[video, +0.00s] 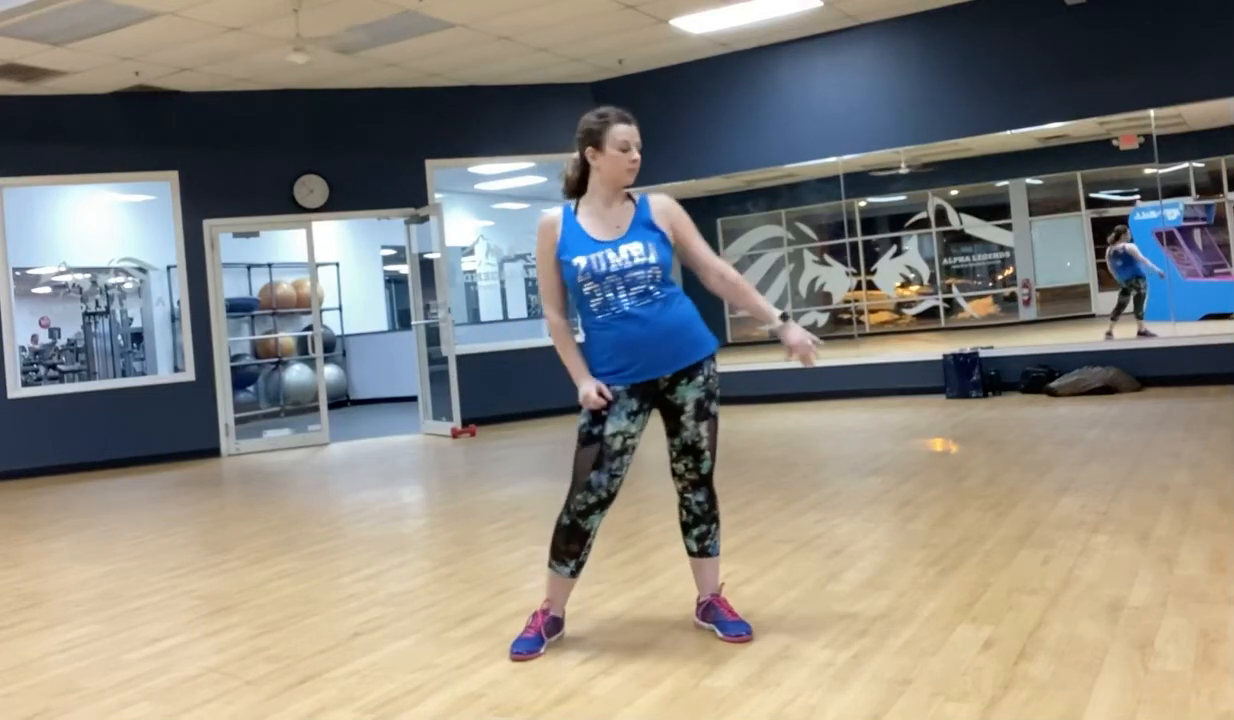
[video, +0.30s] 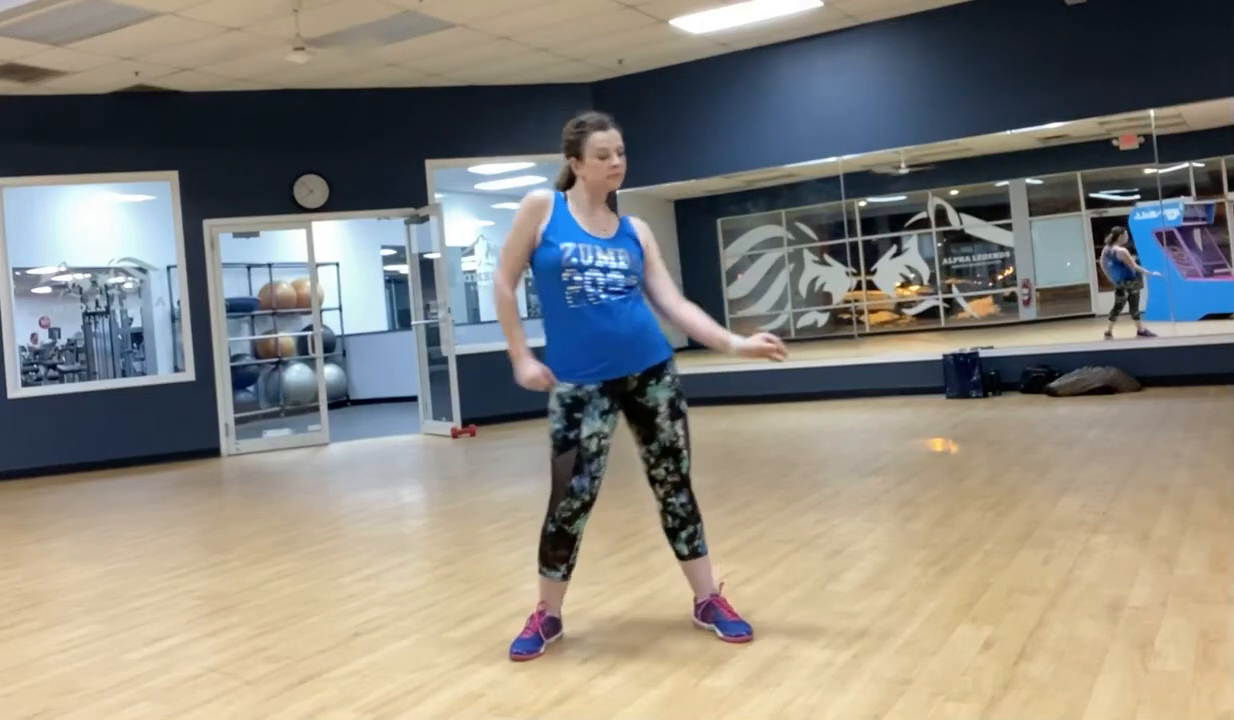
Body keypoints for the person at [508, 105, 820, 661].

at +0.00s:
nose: (636, 158)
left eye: (638, 149)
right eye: (624, 149)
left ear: (638, 154)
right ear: (591, 155)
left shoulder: (660, 209)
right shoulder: (557, 226)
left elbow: (722, 275)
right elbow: (554, 314)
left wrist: (781, 324)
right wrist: (582, 378)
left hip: (688, 364)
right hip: (615, 378)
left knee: (696, 482)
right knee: (588, 495)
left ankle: (710, 600)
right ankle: (550, 612)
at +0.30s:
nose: (616, 163)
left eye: (620, 153)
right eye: (603, 156)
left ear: (624, 157)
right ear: (574, 163)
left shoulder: (634, 230)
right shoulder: (542, 208)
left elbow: (674, 305)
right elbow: (505, 284)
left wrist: (735, 343)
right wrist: (522, 357)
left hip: (651, 371)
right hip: (579, 381)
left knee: (675, 485)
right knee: (570, 499)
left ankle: (709, 601)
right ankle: (547, 615)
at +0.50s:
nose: (594, 157)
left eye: (595, 147)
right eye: (580, 155)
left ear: (604, 150)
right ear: (559, 169)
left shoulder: (628, 229)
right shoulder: (539, 202)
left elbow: (643, 307)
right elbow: (486, 270)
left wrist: (683, 344)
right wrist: (464, 342)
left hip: (626, 371)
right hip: (555, 377)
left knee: (664, 482)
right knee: (554, 496)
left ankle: (705, 601)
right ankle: (546, 614)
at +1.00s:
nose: (591, 155)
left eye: (589, 143)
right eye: (576, 156)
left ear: (601, 143)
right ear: (562, 176)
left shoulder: (652, 203)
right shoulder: (552, 224)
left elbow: (707, 263)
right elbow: (536, 304)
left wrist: (696, 328)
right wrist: (510, 372)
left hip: (649, 371)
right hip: (572, 376)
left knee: (682, 484)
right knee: (559, 490)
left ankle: (712, 599)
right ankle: (545, 613)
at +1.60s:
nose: (578, 142)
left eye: (583, 133)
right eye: (565, 139)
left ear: (599, 143)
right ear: (550, 156)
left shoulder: (635, 215)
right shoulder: (528, 220)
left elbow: (659, 296)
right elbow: (476, 293)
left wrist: (698, 329)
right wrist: (439, 350)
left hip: (637, 371)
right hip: (560, 379)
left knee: (667, 484)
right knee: (552, 497)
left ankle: (710, 600)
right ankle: (545, 615)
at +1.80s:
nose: (560, 139)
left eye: (566, 130)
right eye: (547, 135)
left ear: (583, 142)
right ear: (533, 154)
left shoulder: (618, 215)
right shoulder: (512, 216)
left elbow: (637, 294)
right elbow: (442, 270)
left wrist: (644, 344)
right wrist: (380, 312)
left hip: (616, 373)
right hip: (542, 380)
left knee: (660, 483)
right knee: (541, 500)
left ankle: (707, 600)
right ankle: (545, 615)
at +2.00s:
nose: (551, 135)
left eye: (557, 126)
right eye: (539, 132)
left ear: (574, 138)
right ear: (525, 150)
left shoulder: (610, 207)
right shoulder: (505, 209)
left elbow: (645, 281)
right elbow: (429, 236)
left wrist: (640, 344)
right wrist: (348, 250)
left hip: (611, 369)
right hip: (537, 377)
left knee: (667, 468)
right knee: (538, 494)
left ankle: (697, 594)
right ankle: (544, 614)